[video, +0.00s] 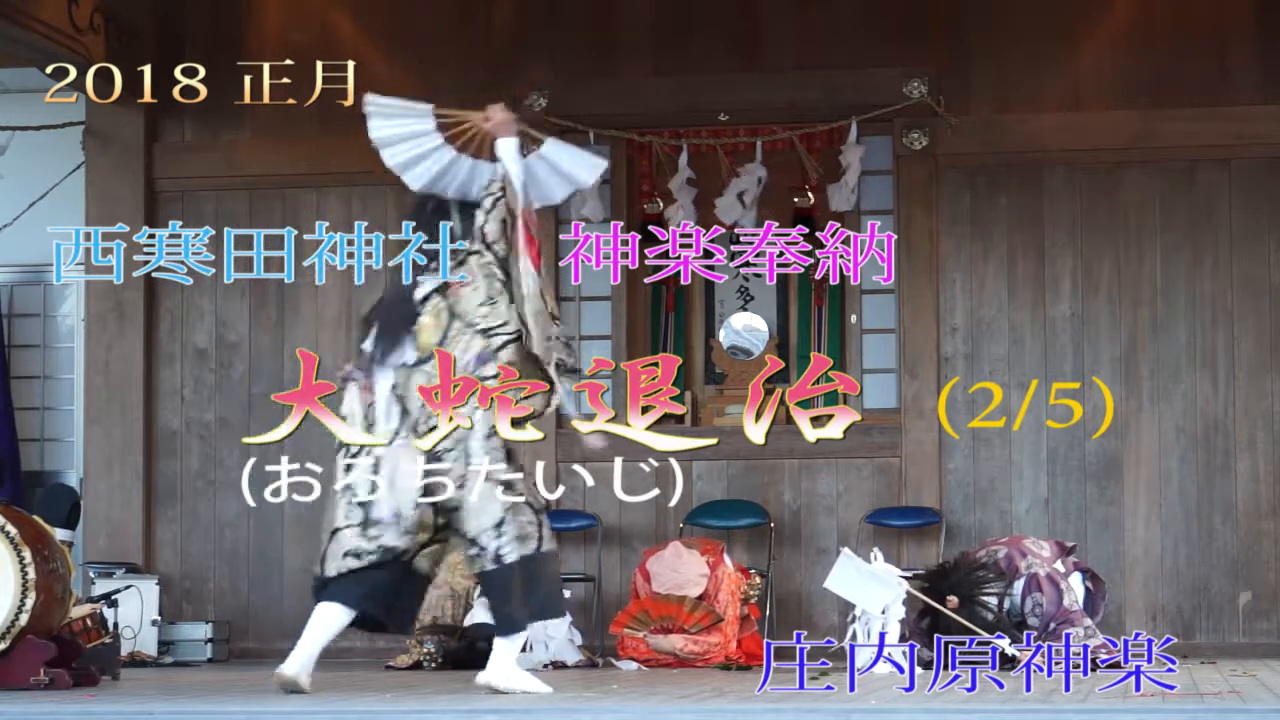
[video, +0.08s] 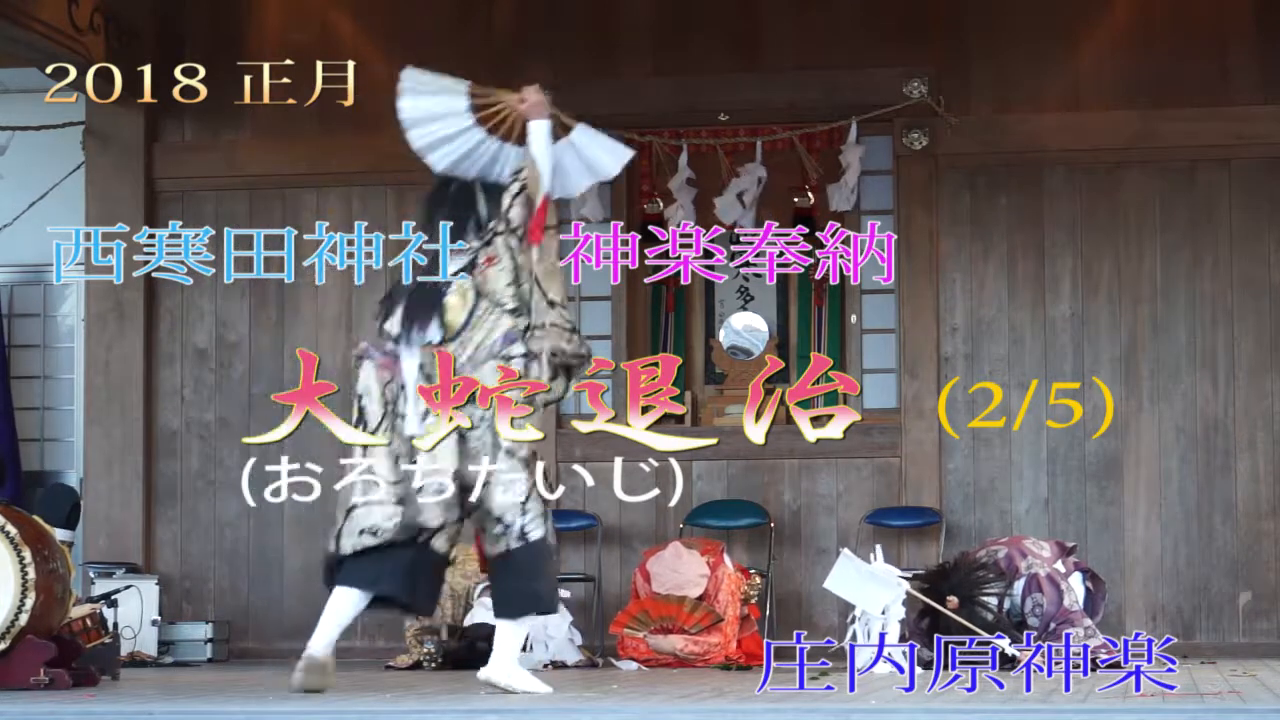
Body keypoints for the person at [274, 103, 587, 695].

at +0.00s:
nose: (482, 255)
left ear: (416, 243)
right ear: (464, 243)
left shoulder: (395, 308)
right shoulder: (477, 284)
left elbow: (372, 385)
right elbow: (502, 210)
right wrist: (507, 142)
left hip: (395, 452)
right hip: (464, 449)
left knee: (376, 548)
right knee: (516, 536)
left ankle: (303, 657)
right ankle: (505, 661)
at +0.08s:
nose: (504, 215)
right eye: (497, 203)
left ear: (436, 214)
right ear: (486, 207)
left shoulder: (411, 282)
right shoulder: (495, 246)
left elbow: (377, 368)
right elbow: (533, 179)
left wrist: (379, 436)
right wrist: (537, 120)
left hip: (412, 437)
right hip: (486, 433)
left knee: (388, 537)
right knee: (526, 537)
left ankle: (319, 645)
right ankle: (505, 660)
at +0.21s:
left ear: (461, 183)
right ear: (517, 177)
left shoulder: (445, 233)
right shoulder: (527, 208)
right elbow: (566, 160)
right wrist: (583, 94)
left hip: (446, 368)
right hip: (514, 368)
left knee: (428, 479)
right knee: (521, 494)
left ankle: (389, 566)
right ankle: (516, 641)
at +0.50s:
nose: (544, 226)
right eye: (538, 218)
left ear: (475, 229)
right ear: (532, 225)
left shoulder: (459, 292)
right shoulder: (552, 274)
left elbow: (390, 342)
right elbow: (598, 226)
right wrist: (644, 161)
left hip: (494, 437)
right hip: (539, 438)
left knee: (545, 524)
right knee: (532, 539)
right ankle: (507, 664)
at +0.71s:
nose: (550, 235)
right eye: (543, 225)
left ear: (479, 230)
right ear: (532, 229)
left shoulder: (463, 290)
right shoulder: (547, 284)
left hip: (486, 434)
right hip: (539, 437)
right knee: (542, 535)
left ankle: (414, 566)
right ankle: (507, 663)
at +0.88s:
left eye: (459, 225)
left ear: (467, 231)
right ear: (531, 231)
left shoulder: (435, 299)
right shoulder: (552, 293)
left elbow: (391, 382)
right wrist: (628, 177)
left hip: (445, 444)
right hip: (522, 446)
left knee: (417, 524)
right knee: (521, 546)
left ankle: (394, 638)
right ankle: (505, 663)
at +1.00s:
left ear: (444, 233)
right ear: (508, 235)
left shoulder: (416, 298)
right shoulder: (527, 288)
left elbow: (382, 375)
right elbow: (582, 239)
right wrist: (608, 172)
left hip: (424, 448)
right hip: (503, 445)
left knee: (410, 550)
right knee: (509, 547)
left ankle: (396, 666)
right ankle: (504, 660)